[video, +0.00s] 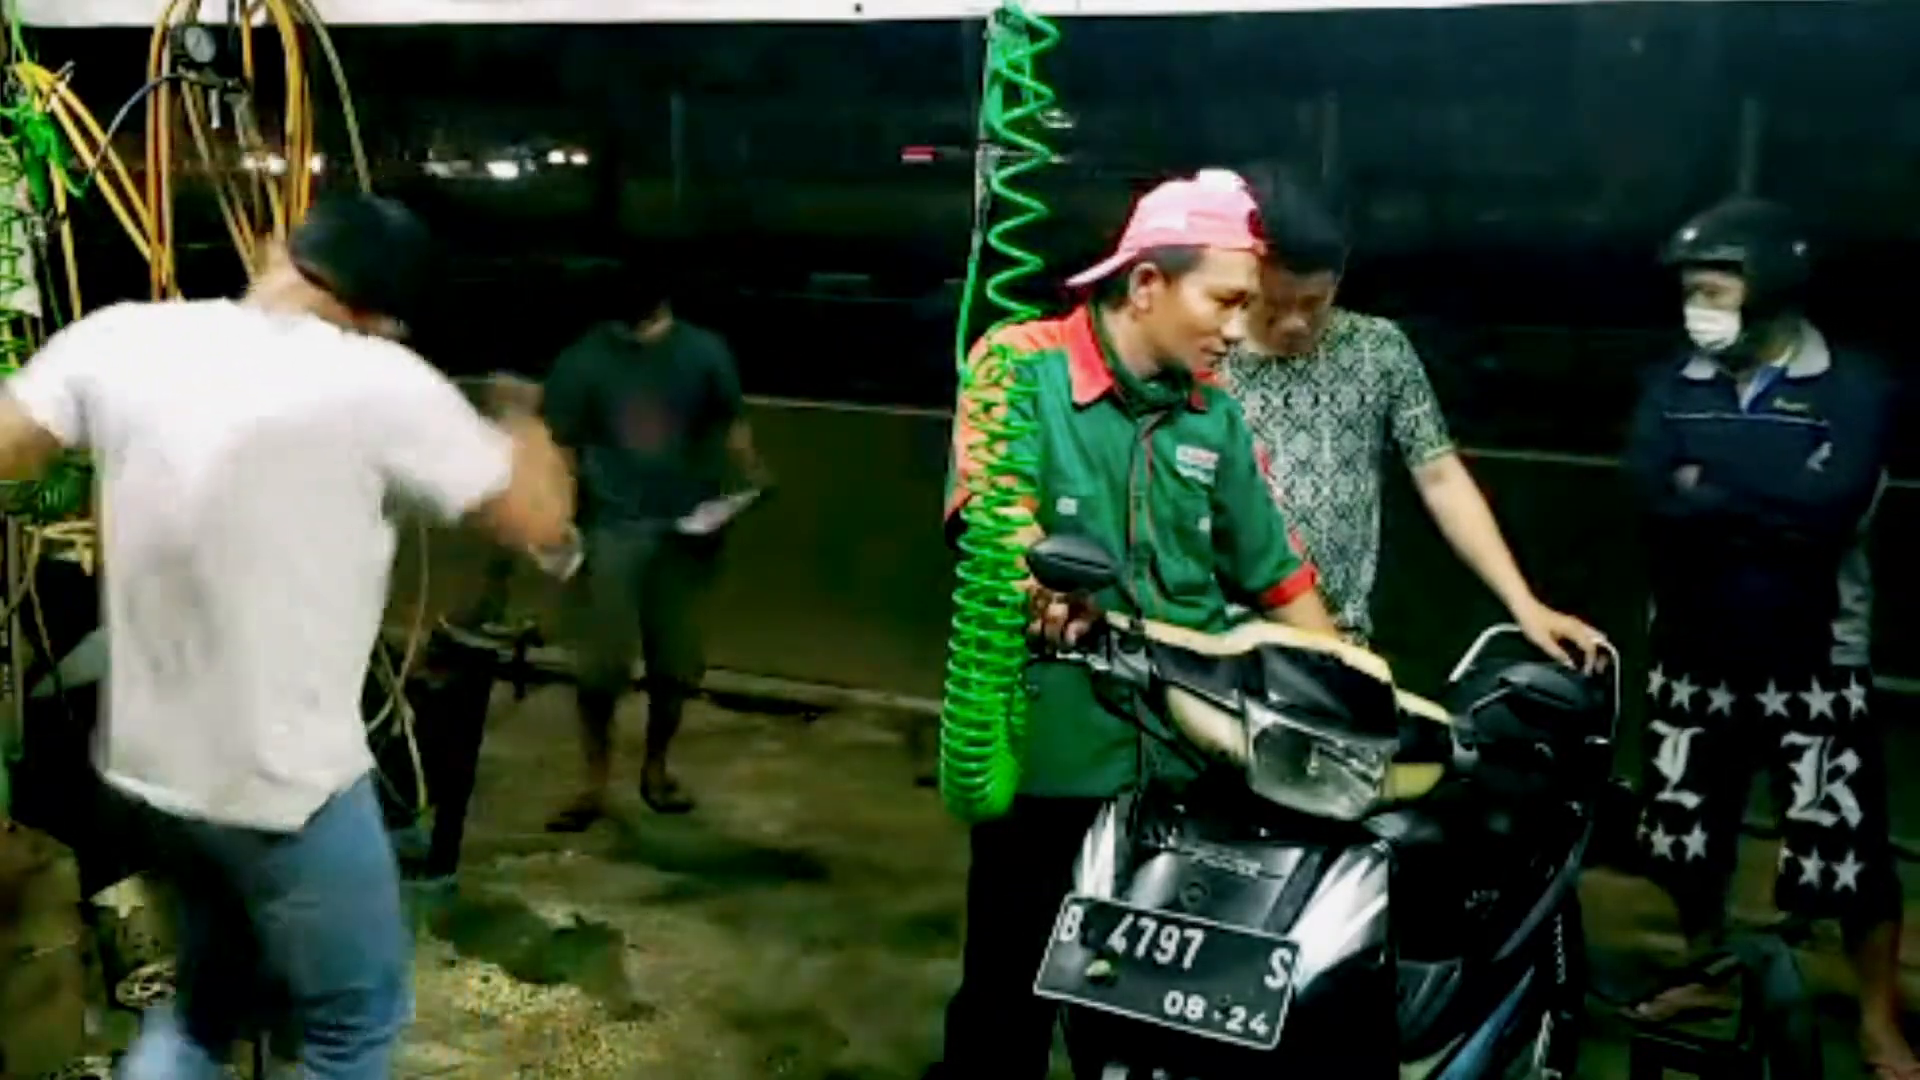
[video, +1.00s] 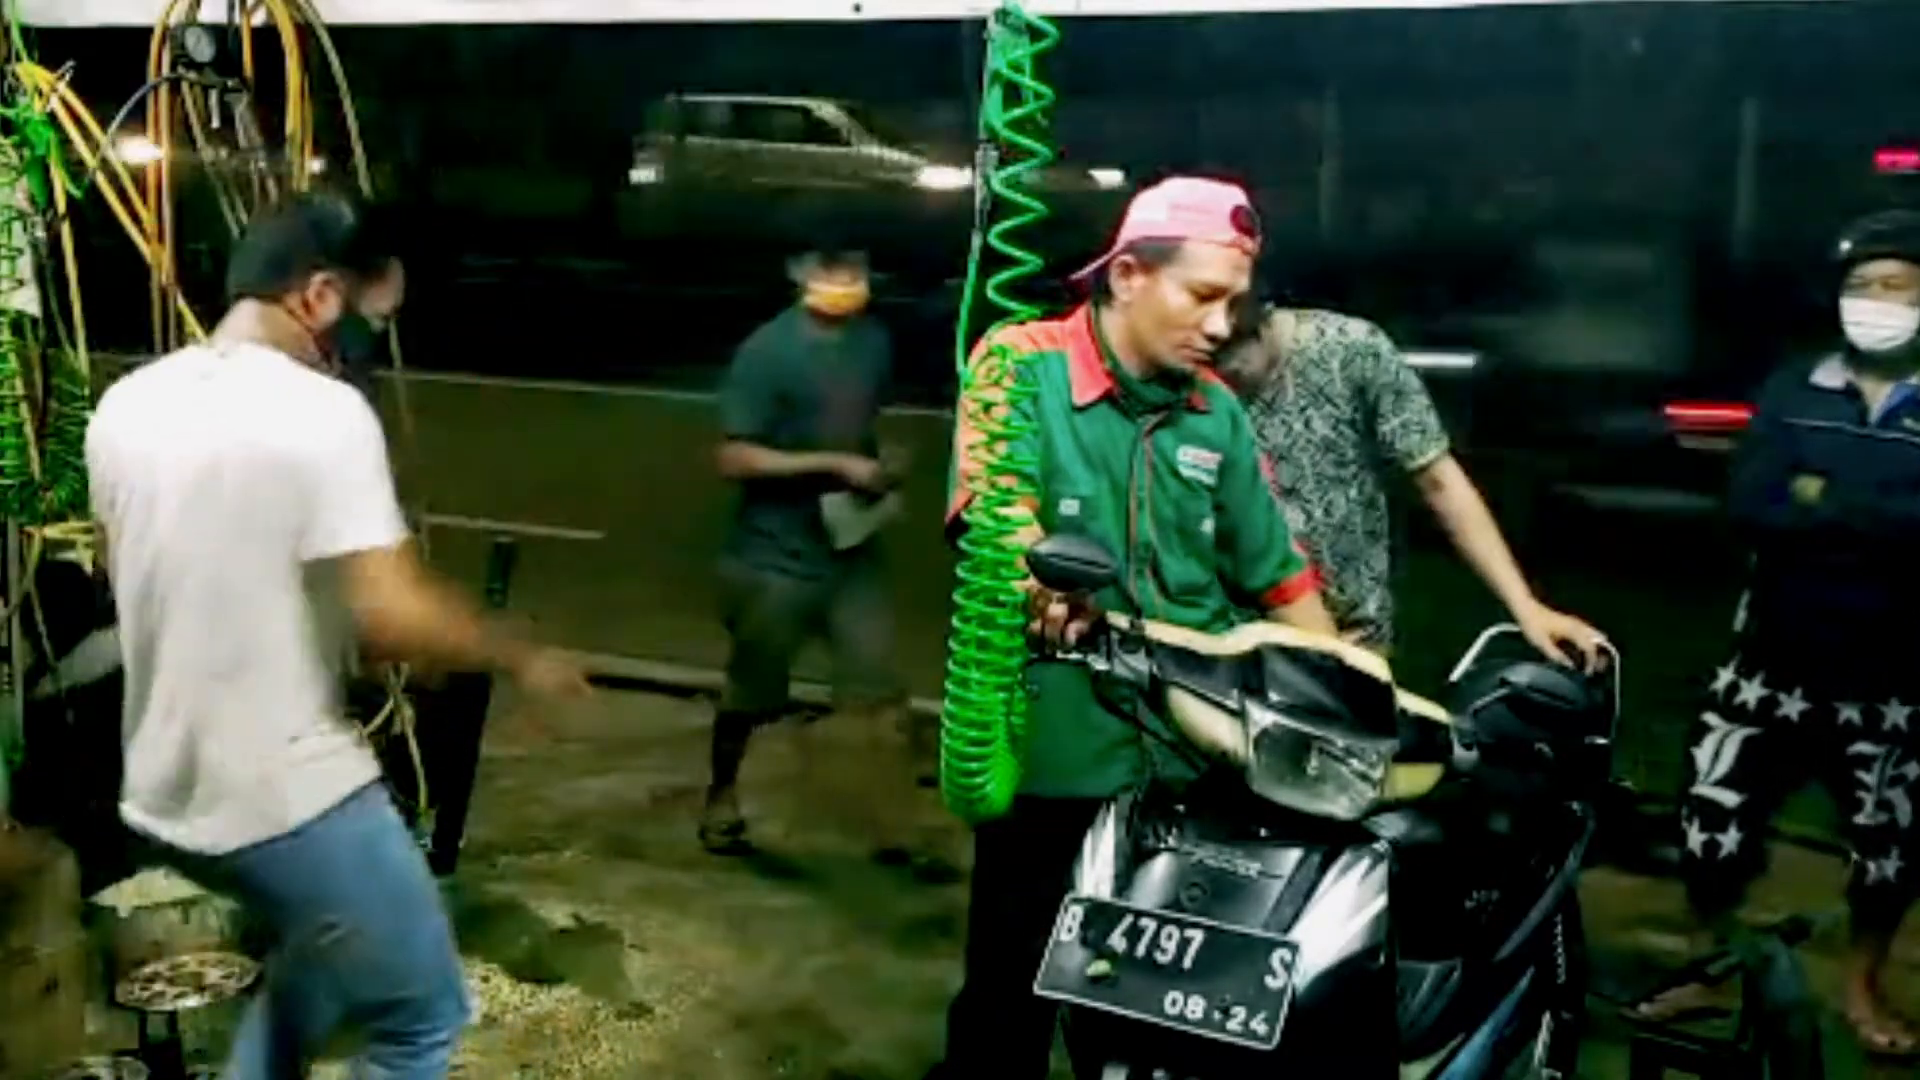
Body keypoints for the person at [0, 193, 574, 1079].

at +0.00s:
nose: (388, 341)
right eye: (393, 327)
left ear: (279, 258)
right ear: (375, 318)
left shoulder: (121, 338)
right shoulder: (380, 381)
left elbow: (9, 446)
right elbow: (537, 519)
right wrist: (528, 425)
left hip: (143, 767)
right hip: (291, 788)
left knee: (204, 1008)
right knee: (352, 1030)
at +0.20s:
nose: (159, 239)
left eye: (169, 227)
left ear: (176, 238)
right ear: (283, 275)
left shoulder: (33, 316)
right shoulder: (316, 335)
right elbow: (512, 380)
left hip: (73, 797)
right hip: (247, 795)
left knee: (105, 1046)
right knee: (310, 1020)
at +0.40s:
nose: (242, 352)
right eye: (245, 334)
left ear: (107, 303)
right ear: (229, 325)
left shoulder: (16, 413)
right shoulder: (232, 400)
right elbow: (299, 613)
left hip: (31, 832)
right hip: (188, 818)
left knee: (104, 1058)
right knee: (369, 909)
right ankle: (319, 1066)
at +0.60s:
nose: (254, 336)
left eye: (265, 320)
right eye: (255, 314)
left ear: (142, 271)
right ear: (216, 269)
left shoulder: (47, 364)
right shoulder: (177, 336)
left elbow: (222, 422)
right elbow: (136, 478)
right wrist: (251, 651)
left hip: (54, 790)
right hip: (192, 784)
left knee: (122, 1046)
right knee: (344, 993)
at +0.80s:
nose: (328, 313)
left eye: (339, 297)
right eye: (331, 290)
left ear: (217, 252)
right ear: (274, 255)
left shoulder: (121, 321)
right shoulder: (241, 321)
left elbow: (289, 325)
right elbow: (198, 408)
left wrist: (399, 363)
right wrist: (358, 548)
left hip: (108, 770)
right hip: (223, 778)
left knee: (164, 1040)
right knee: (336, 1038)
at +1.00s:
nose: (355, 335)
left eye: (362, 316)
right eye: (354, 313)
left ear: (240, 293)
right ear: (311, 296)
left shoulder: (123, 407)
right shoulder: (326, 415)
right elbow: (388, 610)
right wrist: (520, 655)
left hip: (162, 781)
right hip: (291, 786)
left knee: (302, 969)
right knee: (424, 1017)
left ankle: (253, 1070)